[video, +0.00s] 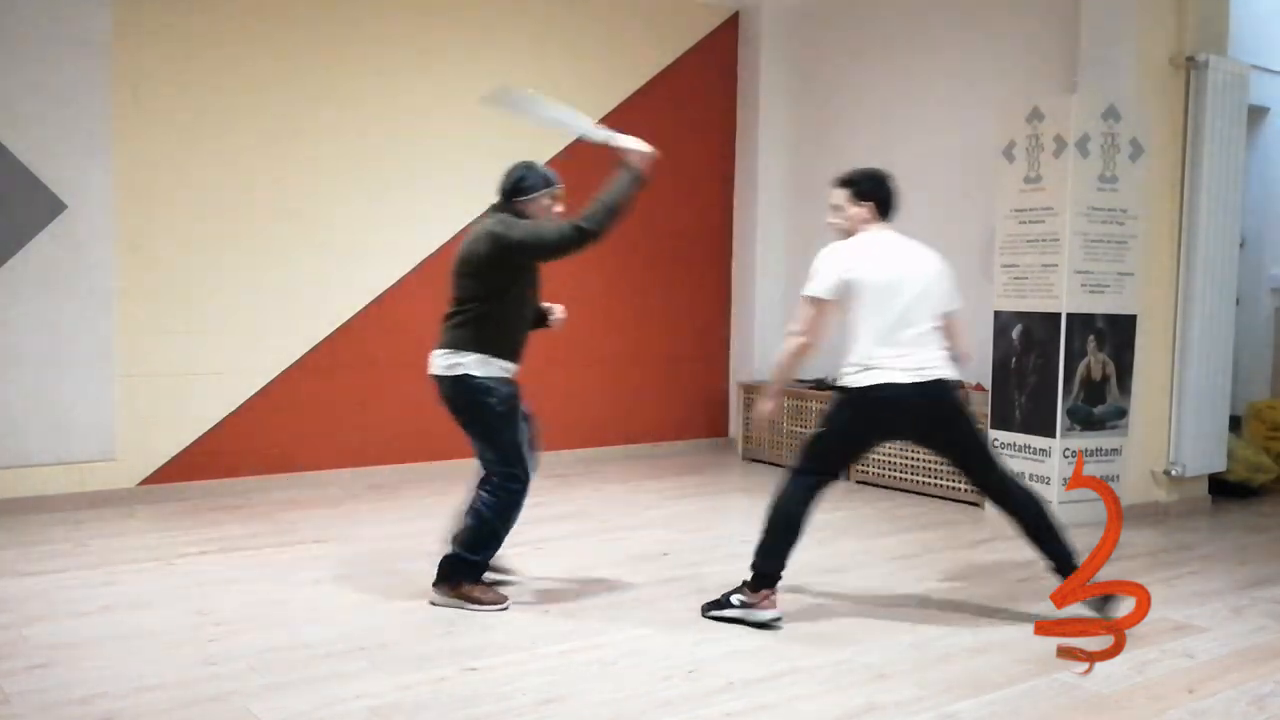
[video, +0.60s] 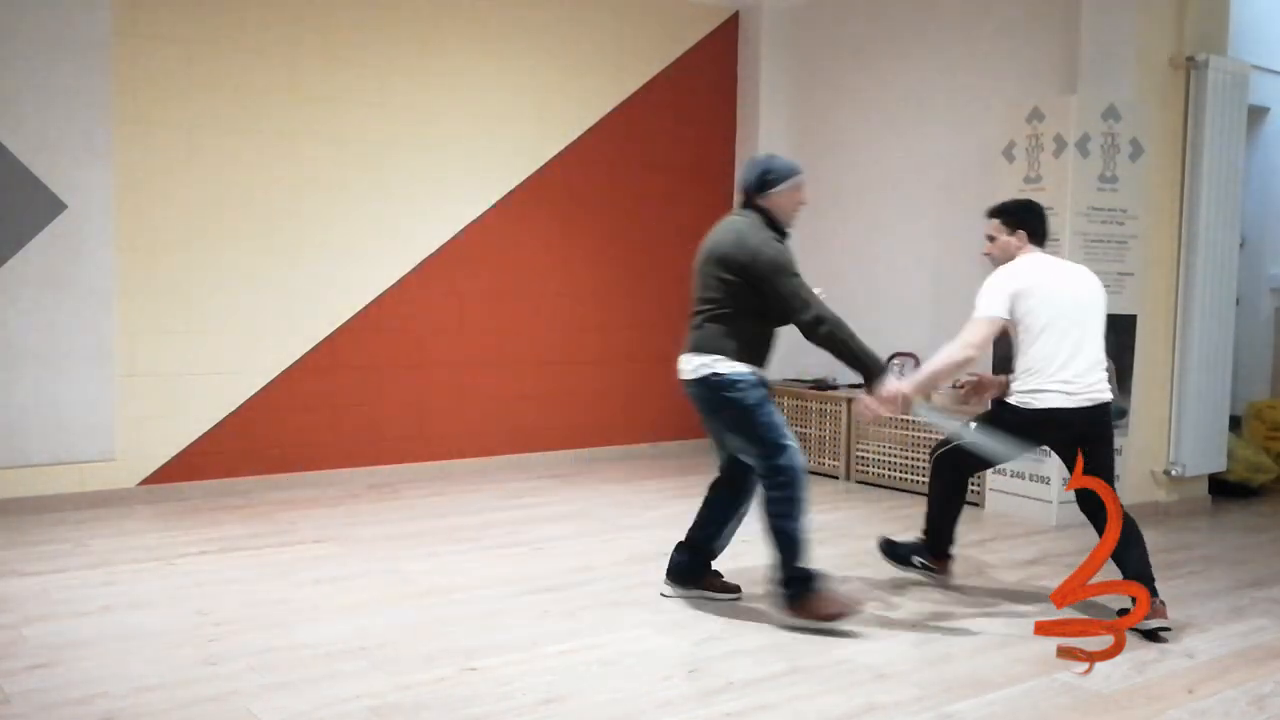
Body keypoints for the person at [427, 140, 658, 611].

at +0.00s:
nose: (559, 209)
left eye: (557, 200)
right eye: (551, 201)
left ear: (519, 198)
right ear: (527, 202)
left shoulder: (498, 230)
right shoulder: (502, 233)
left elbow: (491, 304)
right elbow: (580, 231)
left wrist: (537, 314)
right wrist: (632, 172)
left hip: (478, 370)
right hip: (473, 374)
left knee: (518, 451)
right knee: (509, 475)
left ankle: (469, 548)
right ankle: (458, 577)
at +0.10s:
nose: (599, 206)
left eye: (599, 196)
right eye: (591, 196)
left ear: (560, 196)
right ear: (564, 196)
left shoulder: (536, 230)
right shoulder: (544, 231)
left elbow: (527, 298)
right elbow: (622, 245)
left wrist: (573, 315)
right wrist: (700, 203)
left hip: (536, 377)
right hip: (510, 377)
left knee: (579, 448)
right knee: (517, 481)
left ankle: (592, 556)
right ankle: (458, 573)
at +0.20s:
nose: (638, 203)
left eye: (637, 194)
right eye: (630, 194)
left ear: (599, 198)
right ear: (602, 196)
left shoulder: (575, 232)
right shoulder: (590, 236)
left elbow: (568, 300)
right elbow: (671, 257)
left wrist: (612, 316)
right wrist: (752, 237)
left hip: (586, 385)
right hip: (562, 385)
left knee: (632, 467)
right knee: (542, 479)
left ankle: (670, 557)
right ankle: (466, 562)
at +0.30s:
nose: (679, 206)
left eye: (679, 197)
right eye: (670, 197)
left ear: (646, 202)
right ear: (643, 201)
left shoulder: (617, 238)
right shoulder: (635, 242)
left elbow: (617, 305)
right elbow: (716, 274)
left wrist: (663, 325)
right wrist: (804, 271)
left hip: (639, 387)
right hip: (614, 387)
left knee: (682, 459)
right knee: (612, 485)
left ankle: (687, 565)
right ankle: (516, 544)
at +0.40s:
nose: (722, 206)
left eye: (722, 196)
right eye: (714, 196)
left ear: (686, 202)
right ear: (686, 199)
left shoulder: (658, 238)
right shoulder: (678, 241)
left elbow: (665, 318)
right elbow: (758, 286)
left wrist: (714, 331)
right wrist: (843, 303)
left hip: (668, 378)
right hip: (652, 378)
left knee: (713, 456)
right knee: (687, 475)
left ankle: (688, 567)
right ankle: (592, 540)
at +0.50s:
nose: (762, 203)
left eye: (761, 193)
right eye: (755, 193)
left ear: (721, 198)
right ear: (730, 196)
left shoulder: (694, 233)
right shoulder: (718, 238)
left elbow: (703, 309)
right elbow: (791, 297)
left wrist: (753, 320)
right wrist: (868, 338)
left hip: (676, 369)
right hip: (690, 372)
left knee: (725, 466)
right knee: (740, 465)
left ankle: (691, 562)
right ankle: (687, 566)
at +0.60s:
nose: (800, 202)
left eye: (800, 192)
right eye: (793, 192)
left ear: (758, 196)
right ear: (766, 194)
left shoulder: (730, 231)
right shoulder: (759, 245)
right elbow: (813, 319)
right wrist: (876, 372)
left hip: (703, 371)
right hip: (728, 374)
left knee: (740, 470)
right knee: (784, 466)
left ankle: (690, 564)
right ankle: (799, 587)